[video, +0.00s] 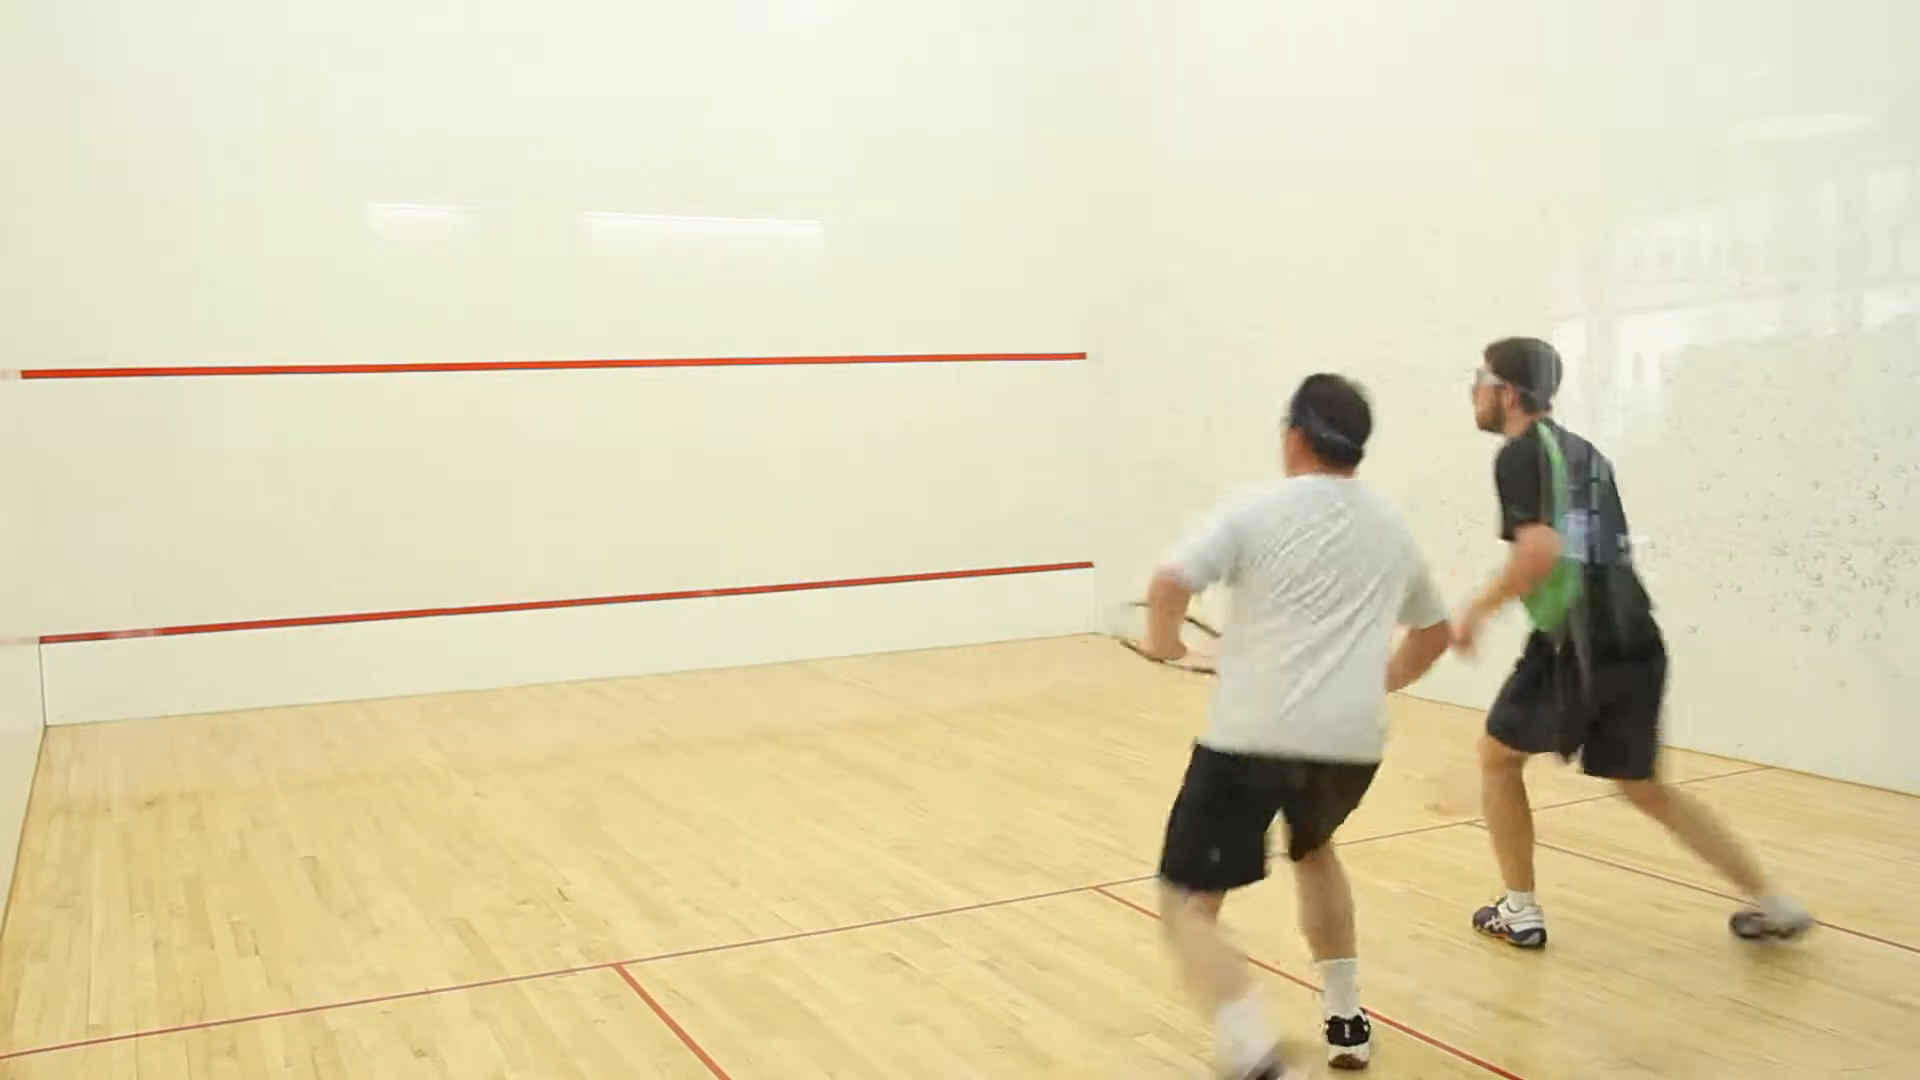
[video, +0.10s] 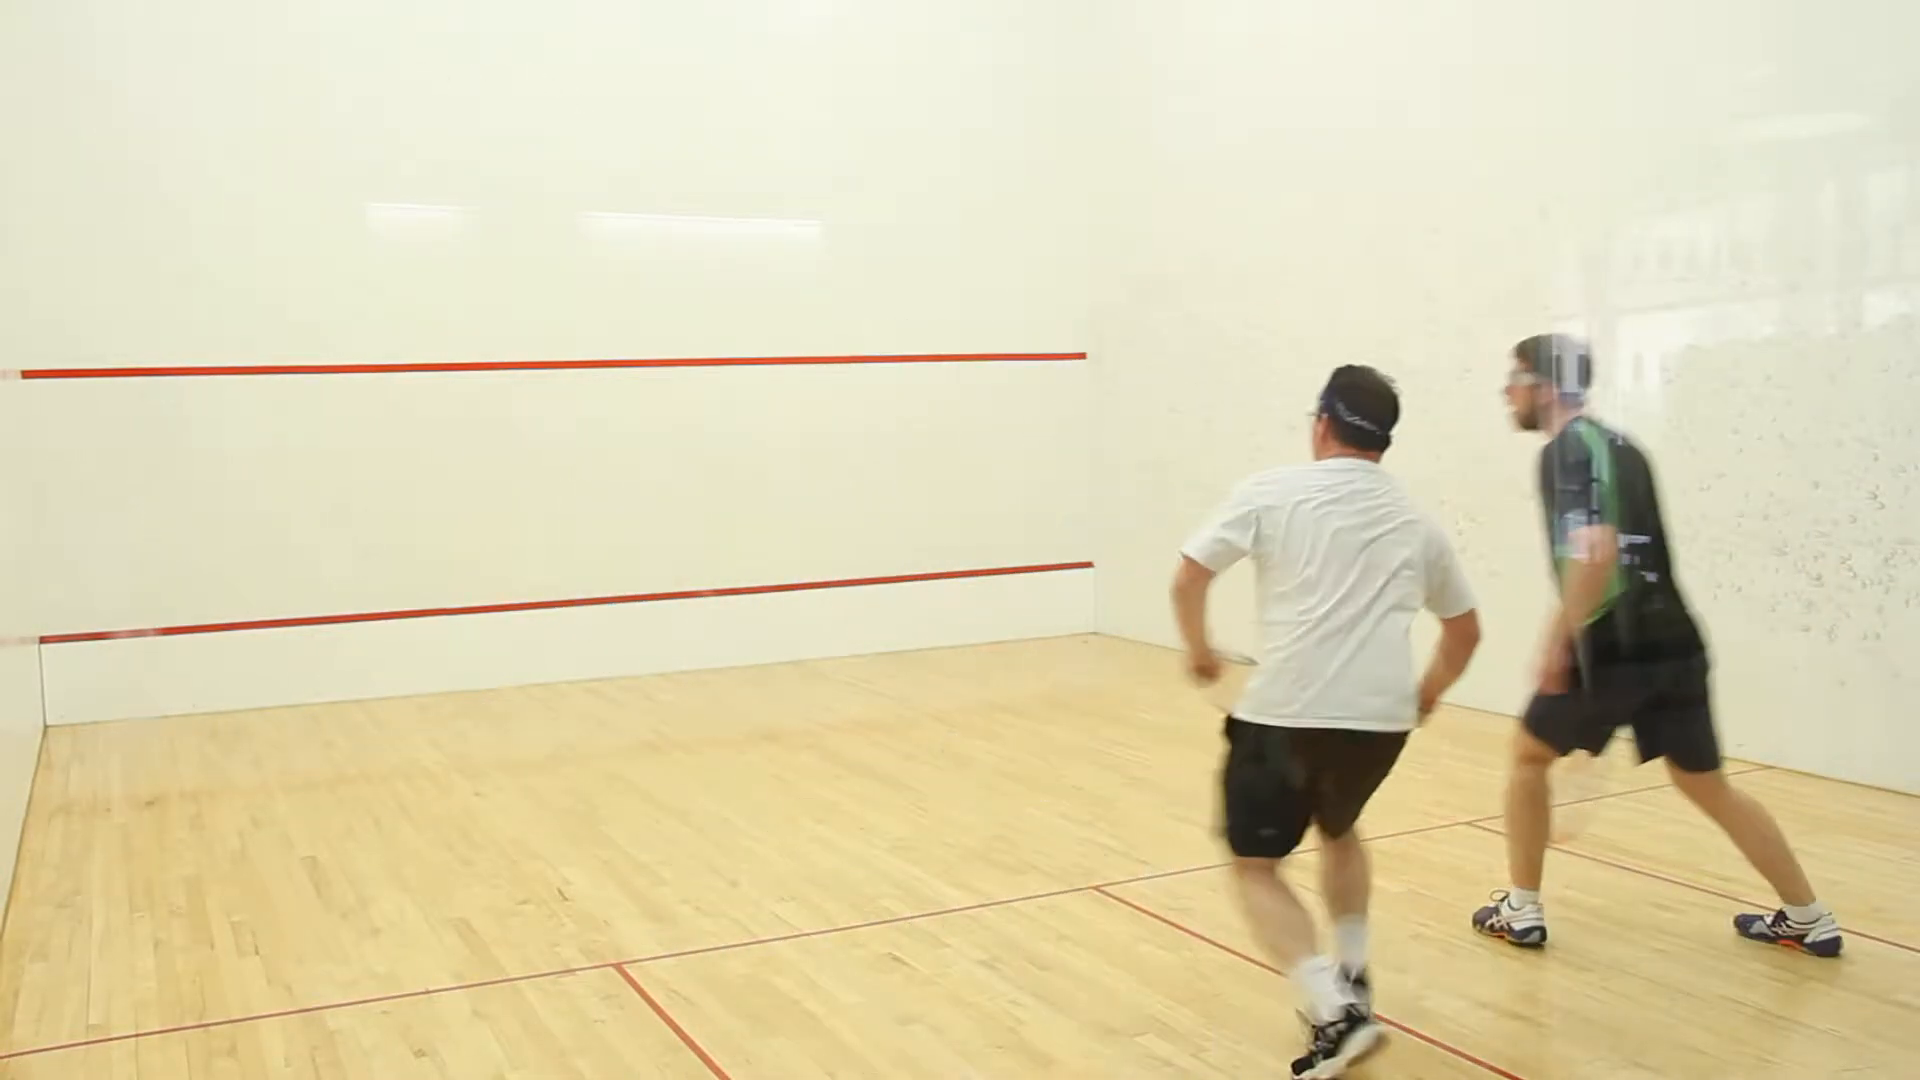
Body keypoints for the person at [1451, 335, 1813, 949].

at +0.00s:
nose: (1473, 393)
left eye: (1481, 383)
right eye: (1477, 381)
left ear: (1508, 395)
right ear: (1532, 397)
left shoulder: (1522, 455)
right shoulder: (1585, 454)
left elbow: (1538, 551)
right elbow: (1609, 553)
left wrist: (1476, 611)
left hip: (1569, 650)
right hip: (1632, 649)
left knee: (1498, 754)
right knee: (1640, 782)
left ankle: (1519, 908)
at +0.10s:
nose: (1506, 392)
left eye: (1516, 379)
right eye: (1510, 379)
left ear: (1548, 387)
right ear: (1567, 387)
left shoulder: (1569, 448)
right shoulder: (1620, 448)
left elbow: (1595, 558)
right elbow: (1644, 561)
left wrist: (1557, 636)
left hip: (1613, 650)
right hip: (1673, 648)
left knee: (1529, 755)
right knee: (1703, 781)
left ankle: (1521, 907)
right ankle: (1809, 917)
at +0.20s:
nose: (1559, 373)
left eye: (1567, 361)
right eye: (1561, 360)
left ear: (1597, 363)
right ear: (1620, 362)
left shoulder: (1617, 429)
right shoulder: (1662, 425)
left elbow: (1651, 526)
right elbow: (1686, 529)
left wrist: (1630, 622)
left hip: (1662, 635)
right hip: (1719, 630)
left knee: (1580, 750)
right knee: (1727, 769)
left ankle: (1572, 903)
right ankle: (1811, 915)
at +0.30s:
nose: (1602, 361)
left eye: (1607, 348)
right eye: (1604, 347)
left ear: (1627, 349)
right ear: (1665, 347)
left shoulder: (1640, 417)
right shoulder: (1717, 414)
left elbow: (1680, 513)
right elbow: (1768, 514)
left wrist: (1663, 612)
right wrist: (1763, 597)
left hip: (1690, 630)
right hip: (1754, 624)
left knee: (1619, 750)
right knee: (1753, 767)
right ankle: (1814, 914)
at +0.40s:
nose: (1642, 358)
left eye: (1643, 348)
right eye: (1645, 347)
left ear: (1656, 347)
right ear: (1704, 343)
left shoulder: (1657, 418)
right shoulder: (1758, 412)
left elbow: (1683, 518)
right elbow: (1817, 505)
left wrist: (1666, 621)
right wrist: (1823, 594)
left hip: (1717, 631)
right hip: (1782, 622)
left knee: (1690, 778)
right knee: (1771, 768)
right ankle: (1814, 915)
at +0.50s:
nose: (1664, 362)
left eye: (1664, 352)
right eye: (1671, 351)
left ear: (1670, 353)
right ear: (1726, 350)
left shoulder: (1661, 425)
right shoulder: (1785, 421)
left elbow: (1663, 537)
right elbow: (1850, 515)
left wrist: (1652, 626)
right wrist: (1859, 603)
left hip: (1732, 635)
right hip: (1796, 624)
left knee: (1767, 786)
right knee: (1776, 774)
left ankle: (1884, 935)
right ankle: (1813, 914)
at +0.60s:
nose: (1675, 353)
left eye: (1673, 342)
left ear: (1674, 343)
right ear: (1734, 341)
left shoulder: (1656, 419)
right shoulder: (1792, 416)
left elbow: (1640, 538)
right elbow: (1856, 514)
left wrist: (1634, 612)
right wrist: (1862, 600)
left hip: (1732, 627)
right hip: (1802, 616)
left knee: (1787, 787)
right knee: (1788, 773)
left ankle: (1885, 937)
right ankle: (1817, 911)